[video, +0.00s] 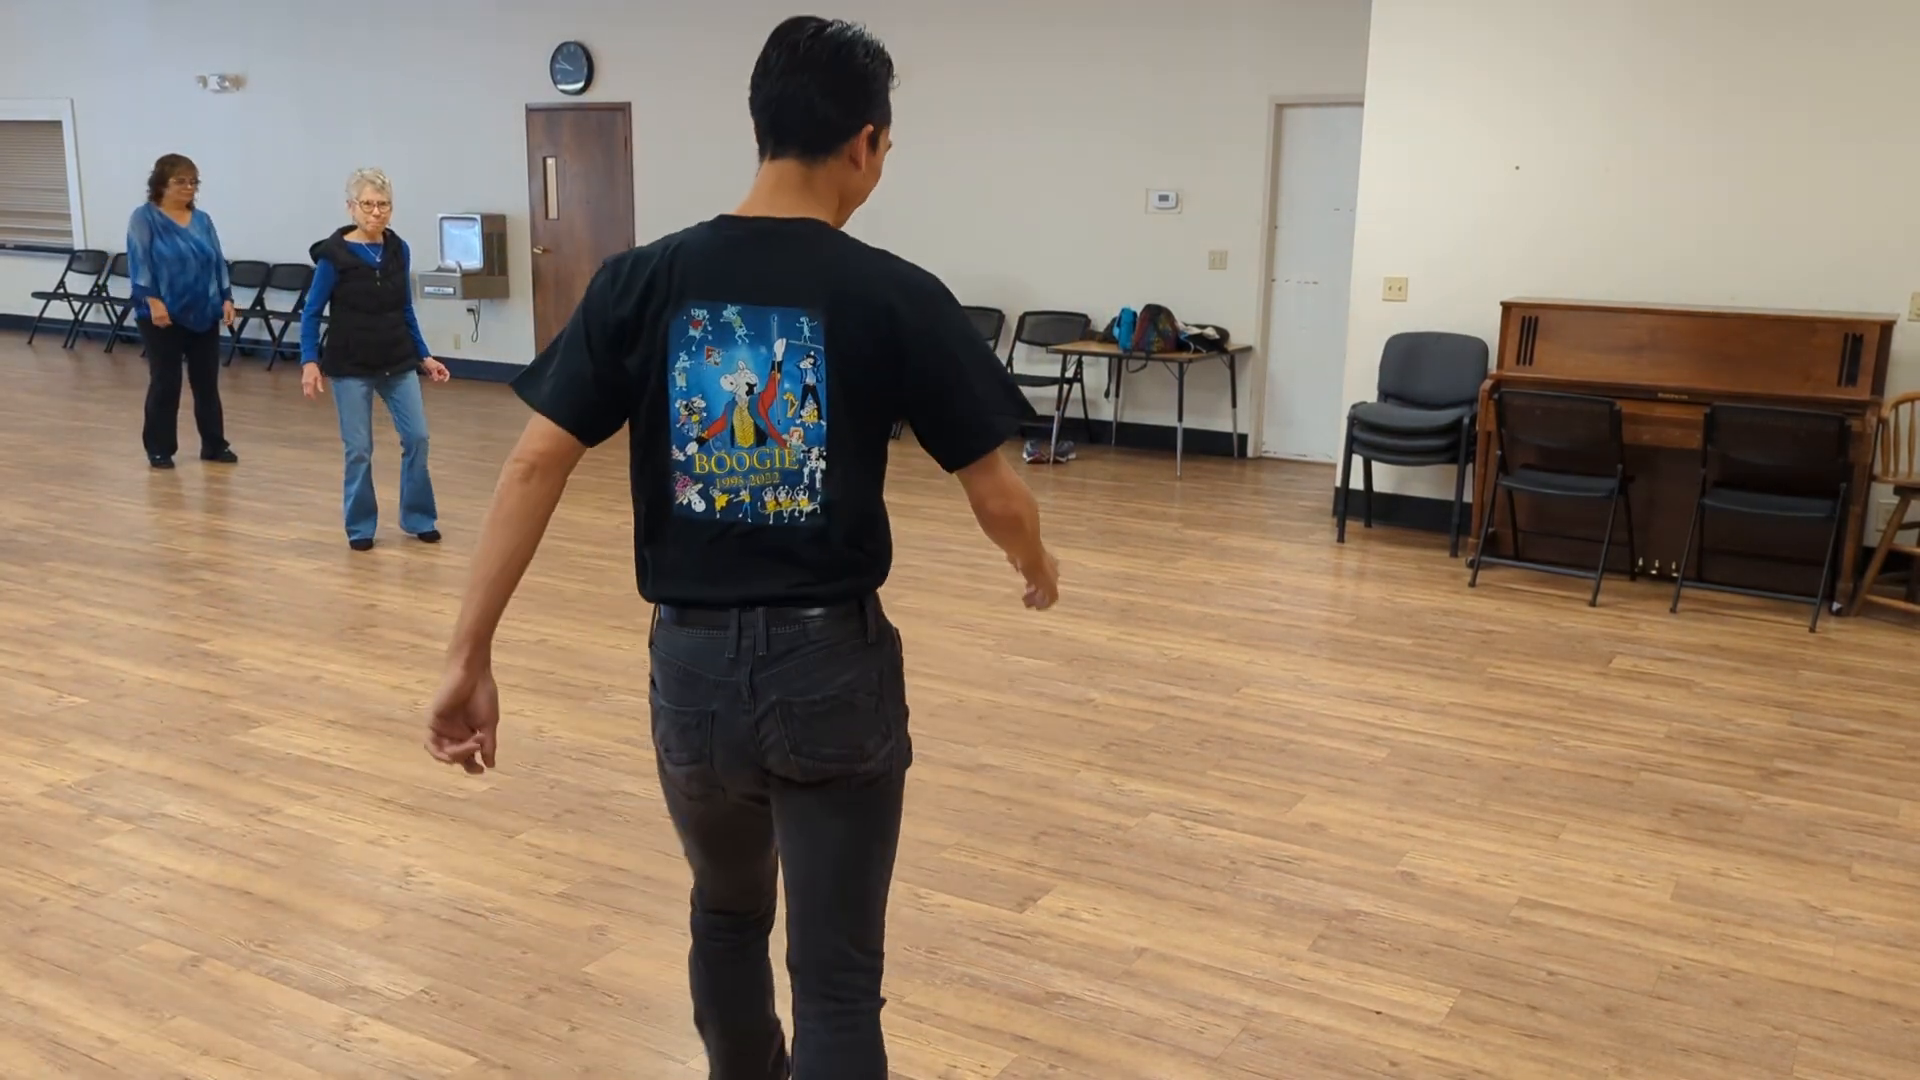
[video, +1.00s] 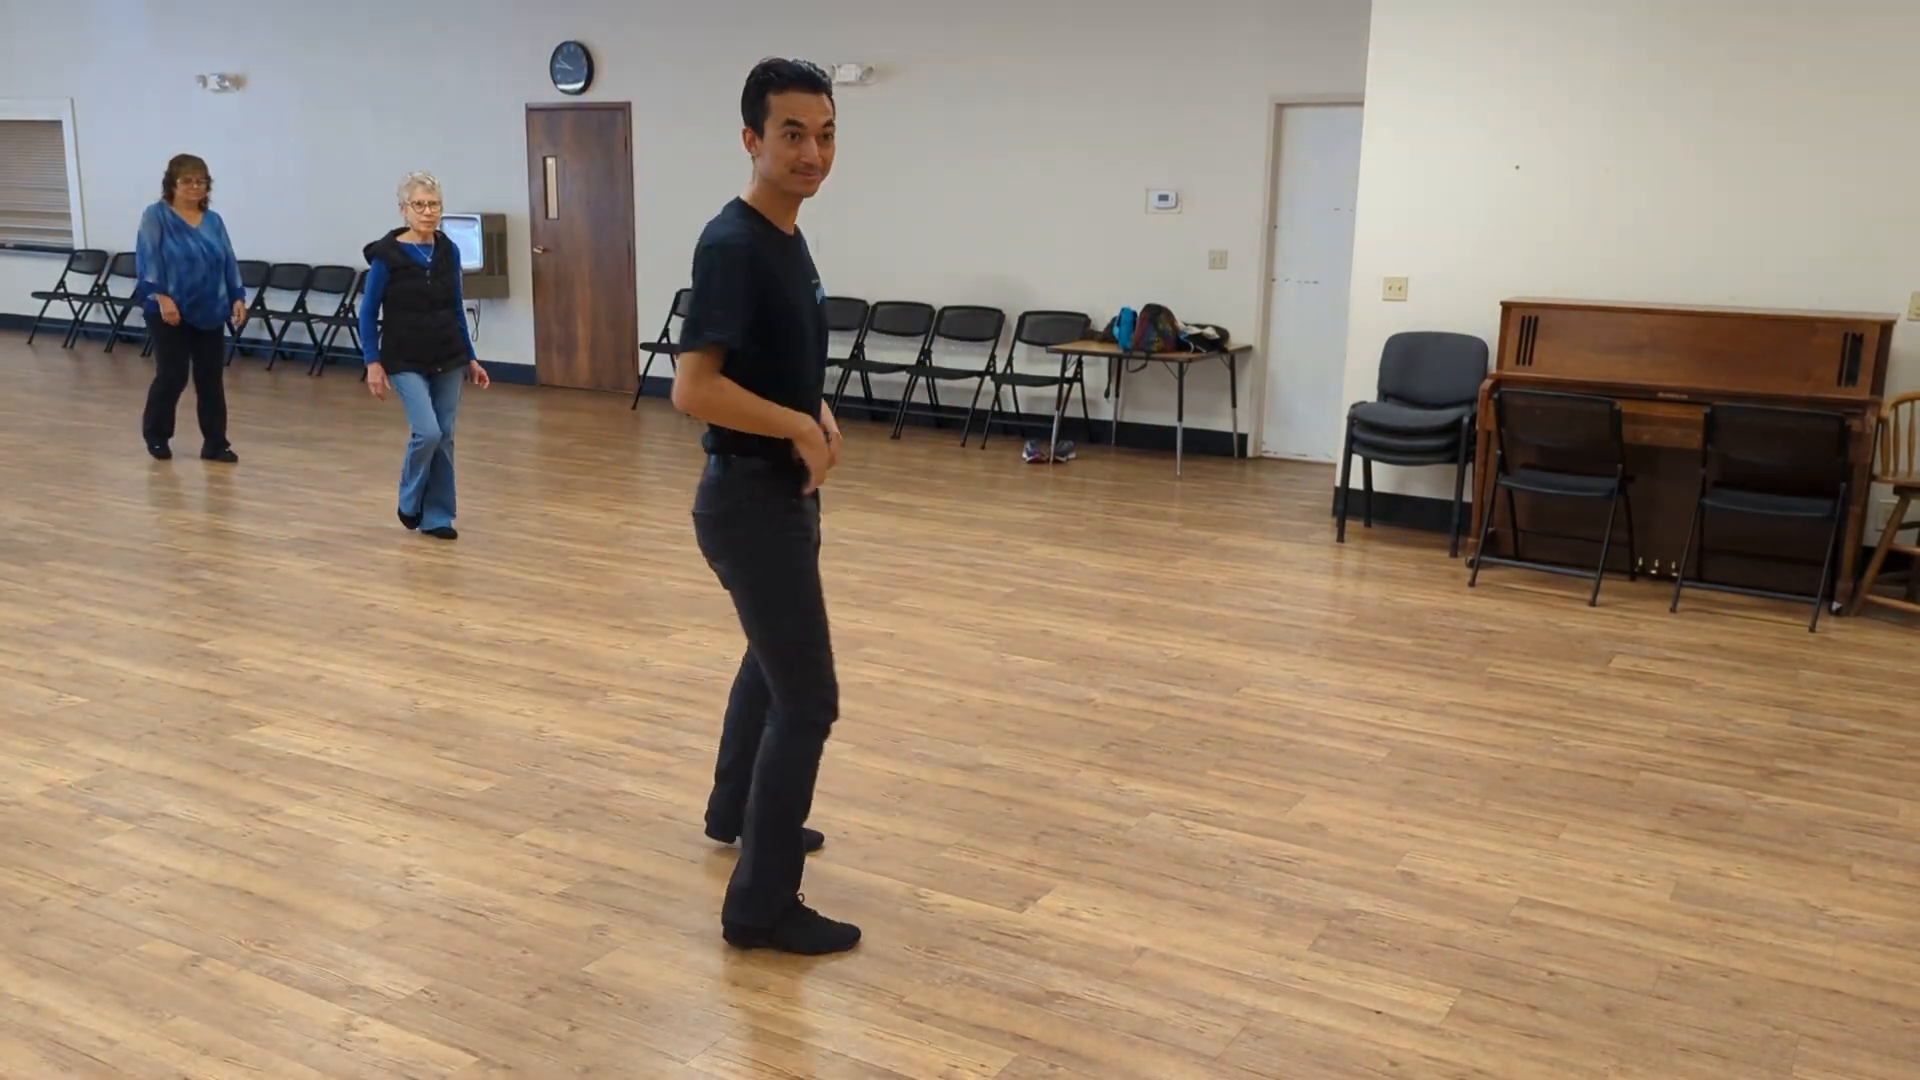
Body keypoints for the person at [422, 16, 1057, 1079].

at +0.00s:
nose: (880, 169)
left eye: (882, 148)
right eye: (882, 147)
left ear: (761, 131)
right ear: (868, 145)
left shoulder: (644, 282)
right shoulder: (894, 296)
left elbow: (536, 462)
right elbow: (1000, 499)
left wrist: (468, 651)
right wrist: (1035, 566)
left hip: (689, 664)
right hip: (834, 659)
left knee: (727, 916)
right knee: (840, 980)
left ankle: (749, 1070)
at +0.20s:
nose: (867, 182)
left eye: (869, 163)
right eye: (871, 161)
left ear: (767, 134)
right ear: (848, 146)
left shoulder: (650, 263)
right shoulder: (868, 273)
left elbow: (574, 440)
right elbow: (946, 460)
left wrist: (543, 593)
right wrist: (993, 542)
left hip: (697, 616)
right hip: (820, 619)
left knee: (733, 846)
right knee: (856, 852)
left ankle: (753, 1070)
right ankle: (846, 1070)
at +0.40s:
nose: (879, 180)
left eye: (884, 159)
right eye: (877, 154)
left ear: (801, 138)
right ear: (828, 137)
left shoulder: (675, 249)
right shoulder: (847, 265)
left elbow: (629, 416)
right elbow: (876, 448)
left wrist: (690, 489)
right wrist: (934, 570)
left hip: (709, 559)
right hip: (824, 566)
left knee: (736, 819)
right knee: (837, 779)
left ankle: (757, 1063)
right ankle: (835, 980)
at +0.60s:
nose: (879, 171)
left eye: (882, 150)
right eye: (863, 150)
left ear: (801, 155)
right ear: (801, 150)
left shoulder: (711, 248)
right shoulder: (825, 275)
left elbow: (659, 377)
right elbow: (824, 448)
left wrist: (736, 418)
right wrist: (893, 572)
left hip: (723, 541)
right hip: (815, 547)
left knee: (744, 756)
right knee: (830, 745)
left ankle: (737, 988)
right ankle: (793, 925)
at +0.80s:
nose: (849, 150)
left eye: (858, 132)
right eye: (830, 131)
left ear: (857, 136)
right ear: (777, 136)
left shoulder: (738, 227)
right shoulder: (788, 250)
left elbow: (686, 335)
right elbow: (766, 410)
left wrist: (753, 410)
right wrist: (854, 464)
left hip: (737, 498)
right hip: (792, 511)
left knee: (782, 684)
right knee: (827, 719)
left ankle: (713, 872)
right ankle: (788, 924)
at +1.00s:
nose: (813, 152)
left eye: (825, 136)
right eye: (794, 134)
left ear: (835, 145)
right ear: (752, 139)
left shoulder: (786, 238)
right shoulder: (732, 244)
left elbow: (778, 358)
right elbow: (695, 387)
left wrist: (815, 413)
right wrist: (799, 427)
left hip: (780, 490)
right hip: (751, 500)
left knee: (774, 657)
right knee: (808, 698)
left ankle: (737, 807)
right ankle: (760, 908)